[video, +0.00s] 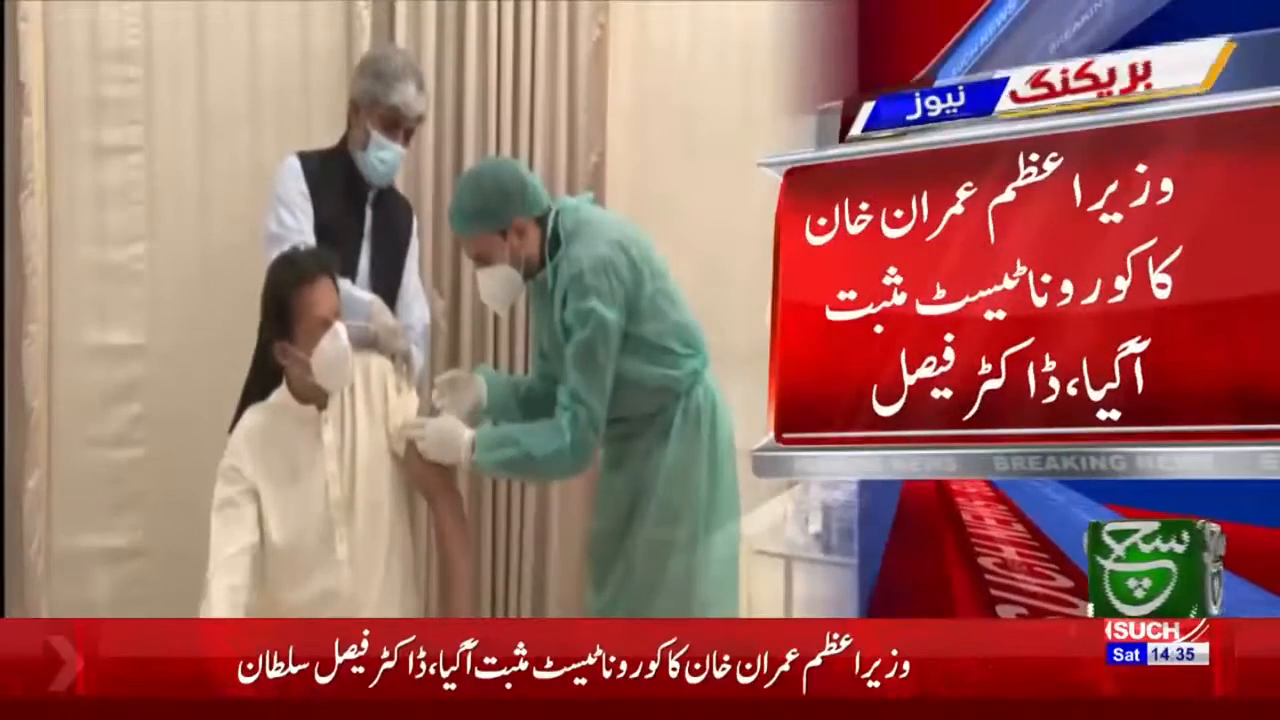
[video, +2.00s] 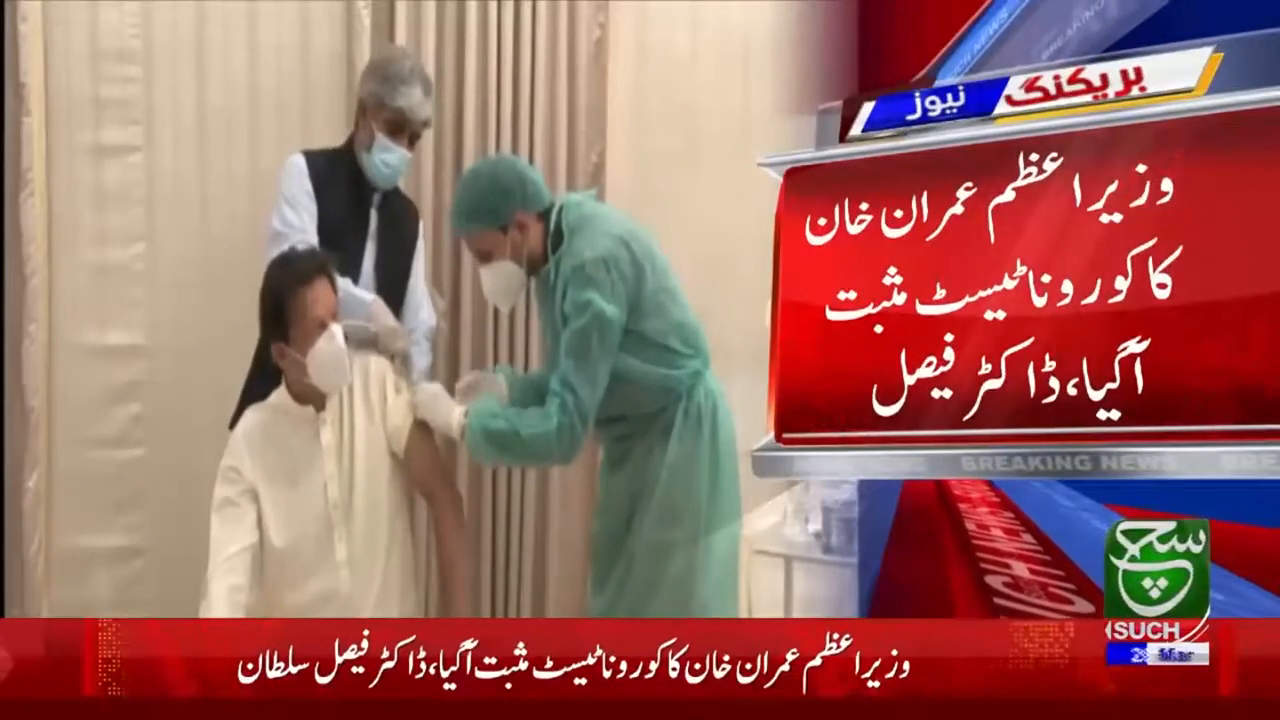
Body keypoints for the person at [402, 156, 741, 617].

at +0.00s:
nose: (481, 272)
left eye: (484, 259)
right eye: (475, 261)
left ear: (521, 231)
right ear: (520, 232)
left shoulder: (591, 261)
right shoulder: (550, 260)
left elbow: (575, 439)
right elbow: (549, 397)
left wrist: (471, 447)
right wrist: (485, 393)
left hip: (678, 432)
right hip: (630, 435)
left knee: (658, 600)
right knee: (614, 594)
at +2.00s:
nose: (484, 269)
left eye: (487, 256)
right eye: (478, 258)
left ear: (524, 226)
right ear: (524, 226)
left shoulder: (593, 258)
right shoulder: (558, 253)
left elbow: (564, 431)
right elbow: (568, 388)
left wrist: (461, 421)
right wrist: (505, 388)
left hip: (678, 435)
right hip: (633, 437)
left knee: (657, 605)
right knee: (615, 600)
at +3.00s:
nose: (511, 198)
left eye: (518, 182)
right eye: (505, 184)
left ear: (558, 163)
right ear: (557, 164)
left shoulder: (613, 221)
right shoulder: (583, 211)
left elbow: (581, 384)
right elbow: (592, 331)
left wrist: (482, 432)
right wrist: (548, 365)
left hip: (664, 430)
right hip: (625, 427)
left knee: (645, 602)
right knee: (609, 594)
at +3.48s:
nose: (528, 173)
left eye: (534, 159)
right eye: (523, 160)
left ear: (576, 141)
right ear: (572, 142)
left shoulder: (626, 209)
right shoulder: (596, 197)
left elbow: (586, 356)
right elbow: (588, 324)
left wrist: (486, 417)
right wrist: (554, 355)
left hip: (658, 429)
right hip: (622, 426)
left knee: (639, 602)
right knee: (608, 595)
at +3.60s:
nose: (495, 239)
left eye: (497, 220)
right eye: (486, 222)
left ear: (543, 183)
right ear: (543, 182)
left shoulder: (635, 220)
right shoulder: (584, 219)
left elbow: (588, 448)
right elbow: (585, 400)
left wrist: (457, 456)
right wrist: (500, 395)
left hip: (749, 456)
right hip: (677, 462)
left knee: (724, 653)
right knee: (655, 649)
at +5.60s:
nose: (496, 255)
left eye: (498, 238)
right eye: (487, 242)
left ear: (544, 199)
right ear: (544, 198)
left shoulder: (634, 233)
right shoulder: (581, 230)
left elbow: (591, 457)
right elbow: (571, 399)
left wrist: (460, 468)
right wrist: (487, 399)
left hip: (750, 468)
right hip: (678, 475)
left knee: (731, 664)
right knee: (655, 661)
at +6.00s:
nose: (497, 257)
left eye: (499, 240)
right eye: (489, 243)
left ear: (545, 201)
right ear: (545, 200)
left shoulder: (635, 235)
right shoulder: (582, 230)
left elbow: (590, 459)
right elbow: (570, 401)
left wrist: (460, 471)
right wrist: (485, 400)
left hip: (750, 471)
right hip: (678, 478)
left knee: (728, 664)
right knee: (654, 661)